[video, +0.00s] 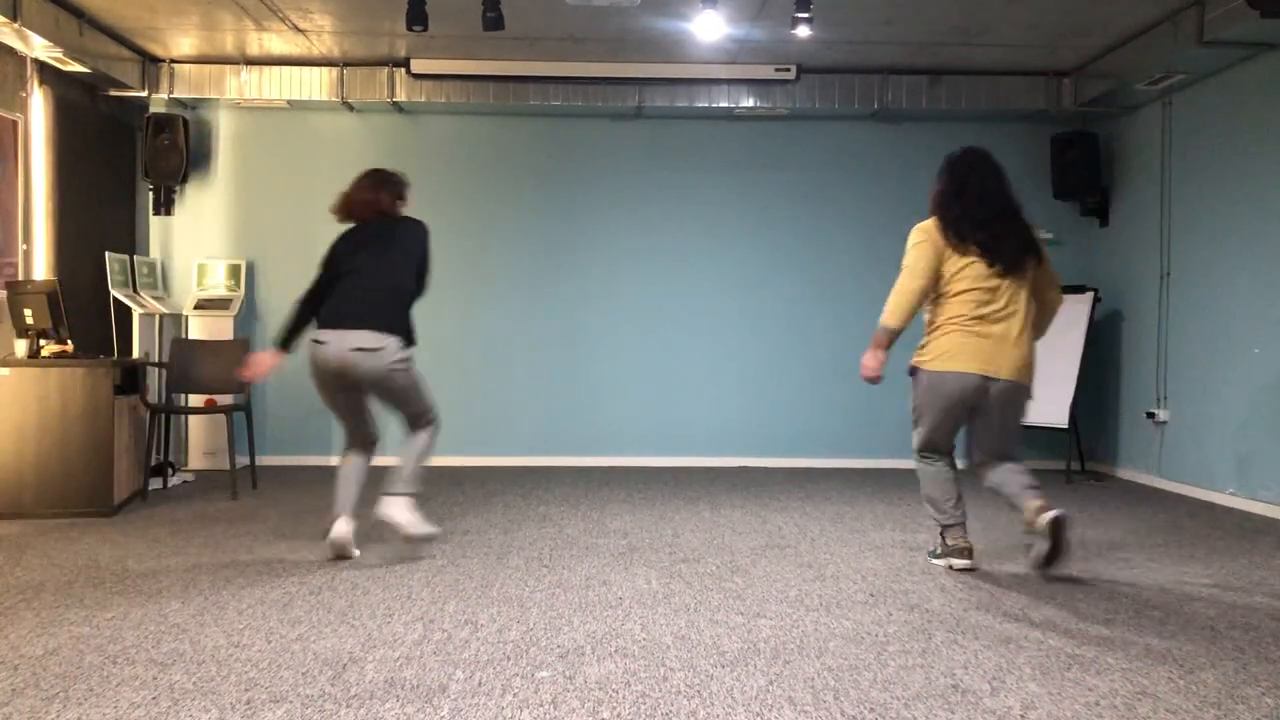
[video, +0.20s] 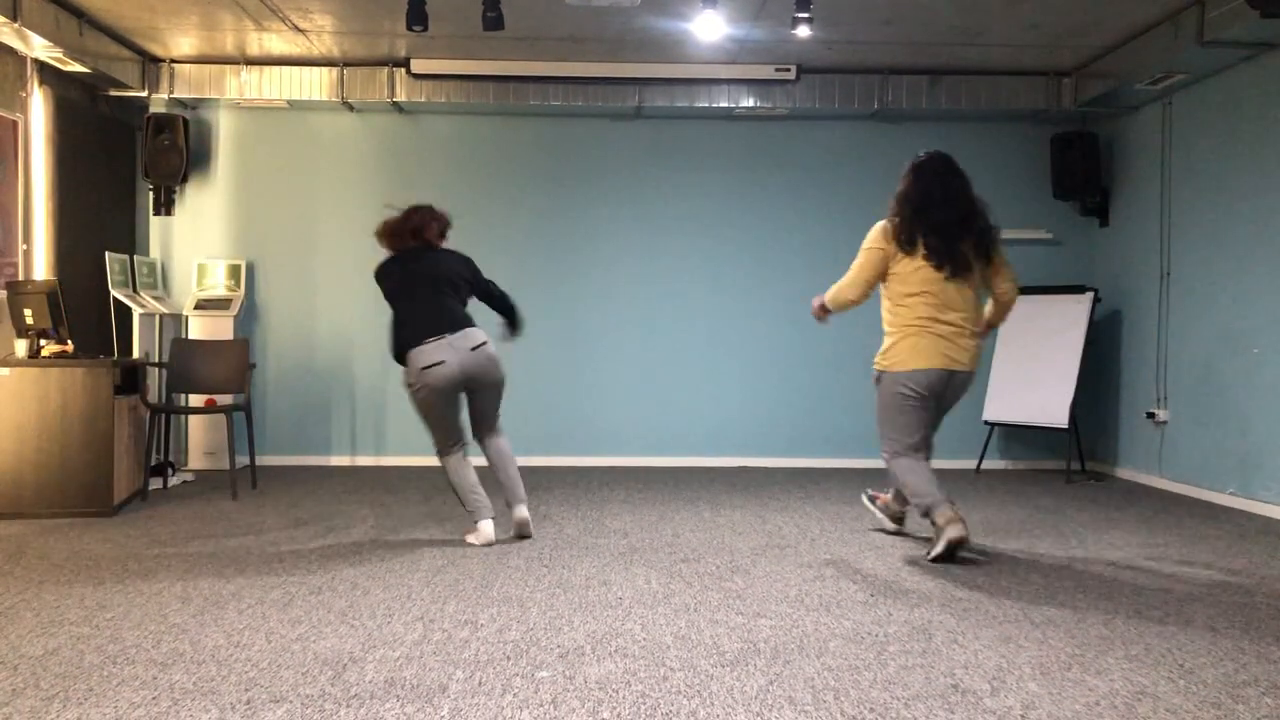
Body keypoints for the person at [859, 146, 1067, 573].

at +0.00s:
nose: (936, 191)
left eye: (940, 184)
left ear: (945, 189)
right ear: (998, 191)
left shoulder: (932, 232)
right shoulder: (1019, 236)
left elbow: (912, 287)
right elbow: (1050, 296)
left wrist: (879, 345)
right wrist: (1022, 336)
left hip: (949, 365)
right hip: (1012, 371)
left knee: (932, 452)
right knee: (993, 459)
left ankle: (955, 542)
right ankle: (1040, 511)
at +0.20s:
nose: (900, 188)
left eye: (904, 182)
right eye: (905, 181)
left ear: (910, 191)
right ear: (959, 193)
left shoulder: (890, 232)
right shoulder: (974, 236)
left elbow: (855, 288)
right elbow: (1006, 292)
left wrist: (826, 303)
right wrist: (988, 322)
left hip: (908, 363)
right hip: (960, 365)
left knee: (901, 453)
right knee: (920, 437)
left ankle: (946, 519)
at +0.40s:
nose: (871, 185)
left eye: (875, 179)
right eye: (873, 178)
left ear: (886, 186)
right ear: (921, 188)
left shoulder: (866, 228)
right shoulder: (932, 230)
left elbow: (824, 270)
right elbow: (953, 274)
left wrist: (788, 254)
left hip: (873, 349)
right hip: (921, 353)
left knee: (833, 415)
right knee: (886, 427)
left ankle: (870, 498)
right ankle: (882, 507)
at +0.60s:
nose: (856, 152)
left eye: (862, 148)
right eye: (861, 145)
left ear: (872, 158)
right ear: (905, 161)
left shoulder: (849, 194)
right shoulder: (913, 196)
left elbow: (795, 206)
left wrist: (767, 171)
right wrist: (923, 149)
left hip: (852, 320)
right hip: (901, 322)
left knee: (842, 409)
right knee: (885, 406)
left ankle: (856, 490)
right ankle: (877, 489)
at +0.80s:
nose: (852, 161)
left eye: (858, 157)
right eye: (857, 155)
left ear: (865, 168)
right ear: (897, 174)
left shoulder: (835, 204)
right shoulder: (900, 208)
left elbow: (779, 197)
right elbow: (913, 174)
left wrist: (761, 149)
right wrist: (912, 133)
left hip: (832, 328)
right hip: (878, 328)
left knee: (824, 408)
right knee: (864, 404)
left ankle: (843, 483)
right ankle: (872, 484)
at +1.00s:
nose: (841, 176)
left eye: (845, 173)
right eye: (846, 170)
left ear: (851, 186)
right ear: (882, 189)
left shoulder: (823, 219)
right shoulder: (886, 219)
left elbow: (766, 212)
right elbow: (901, 185)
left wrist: (753, 162)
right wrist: (897, 142)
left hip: (816, 334)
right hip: (862, 335)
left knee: (811, 410)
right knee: (850, 406)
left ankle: (837, 481)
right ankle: (867, 478)